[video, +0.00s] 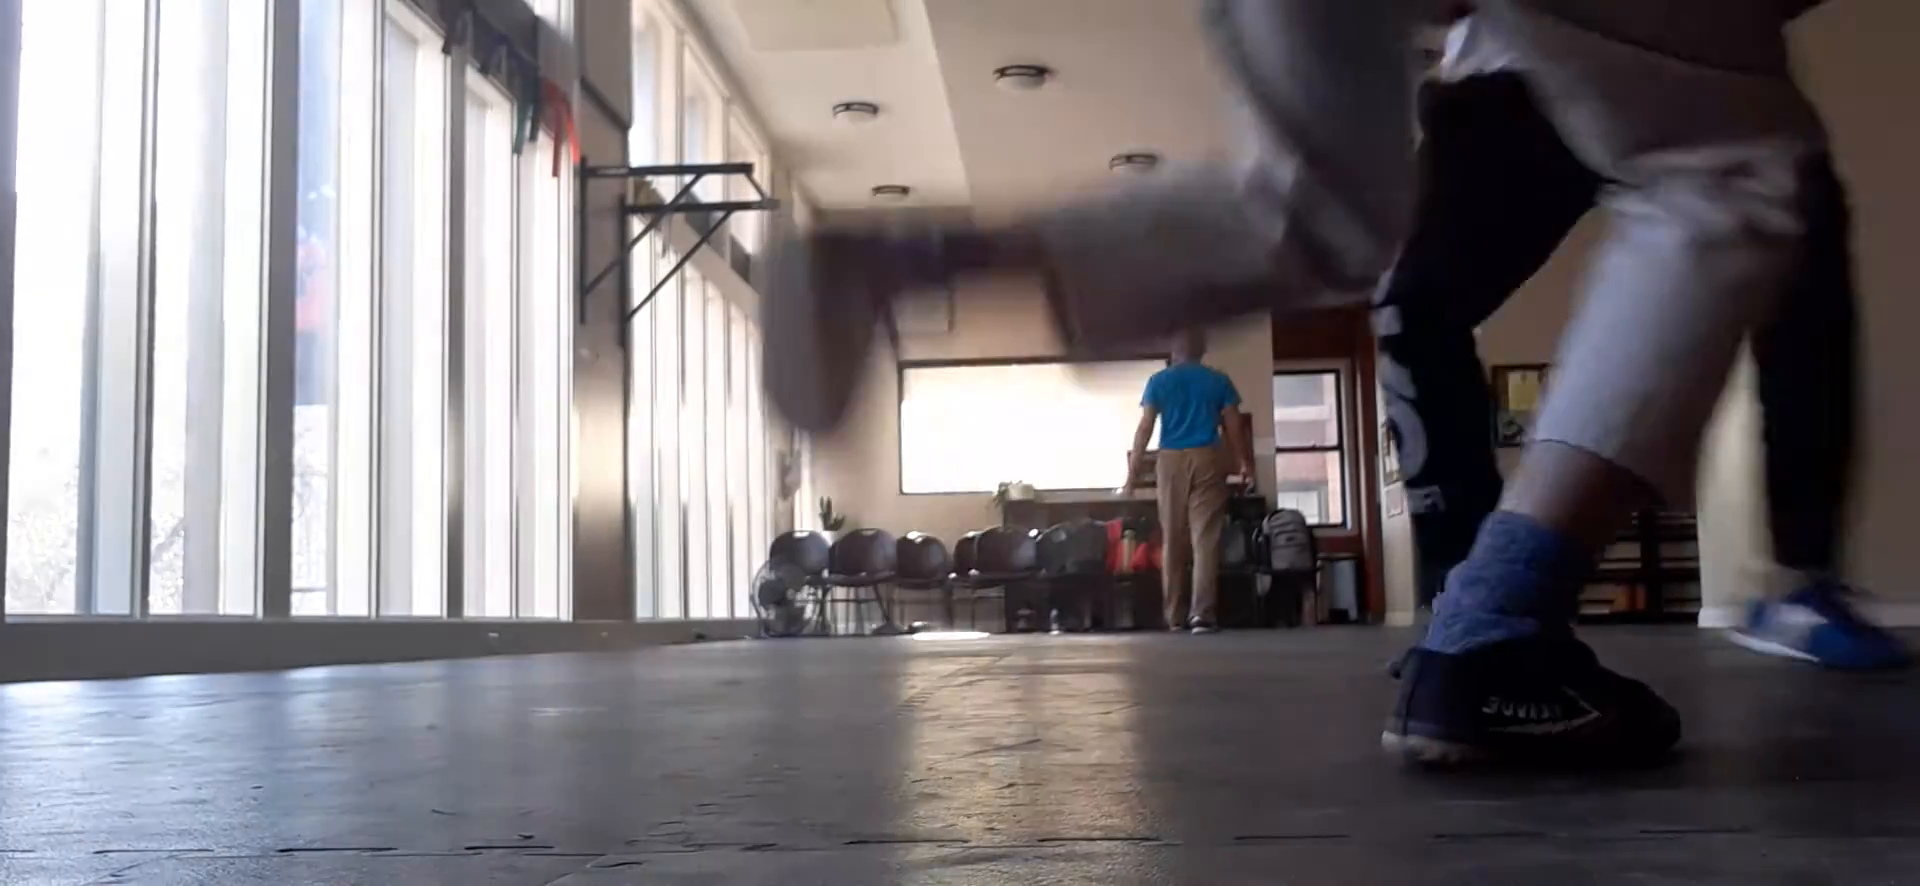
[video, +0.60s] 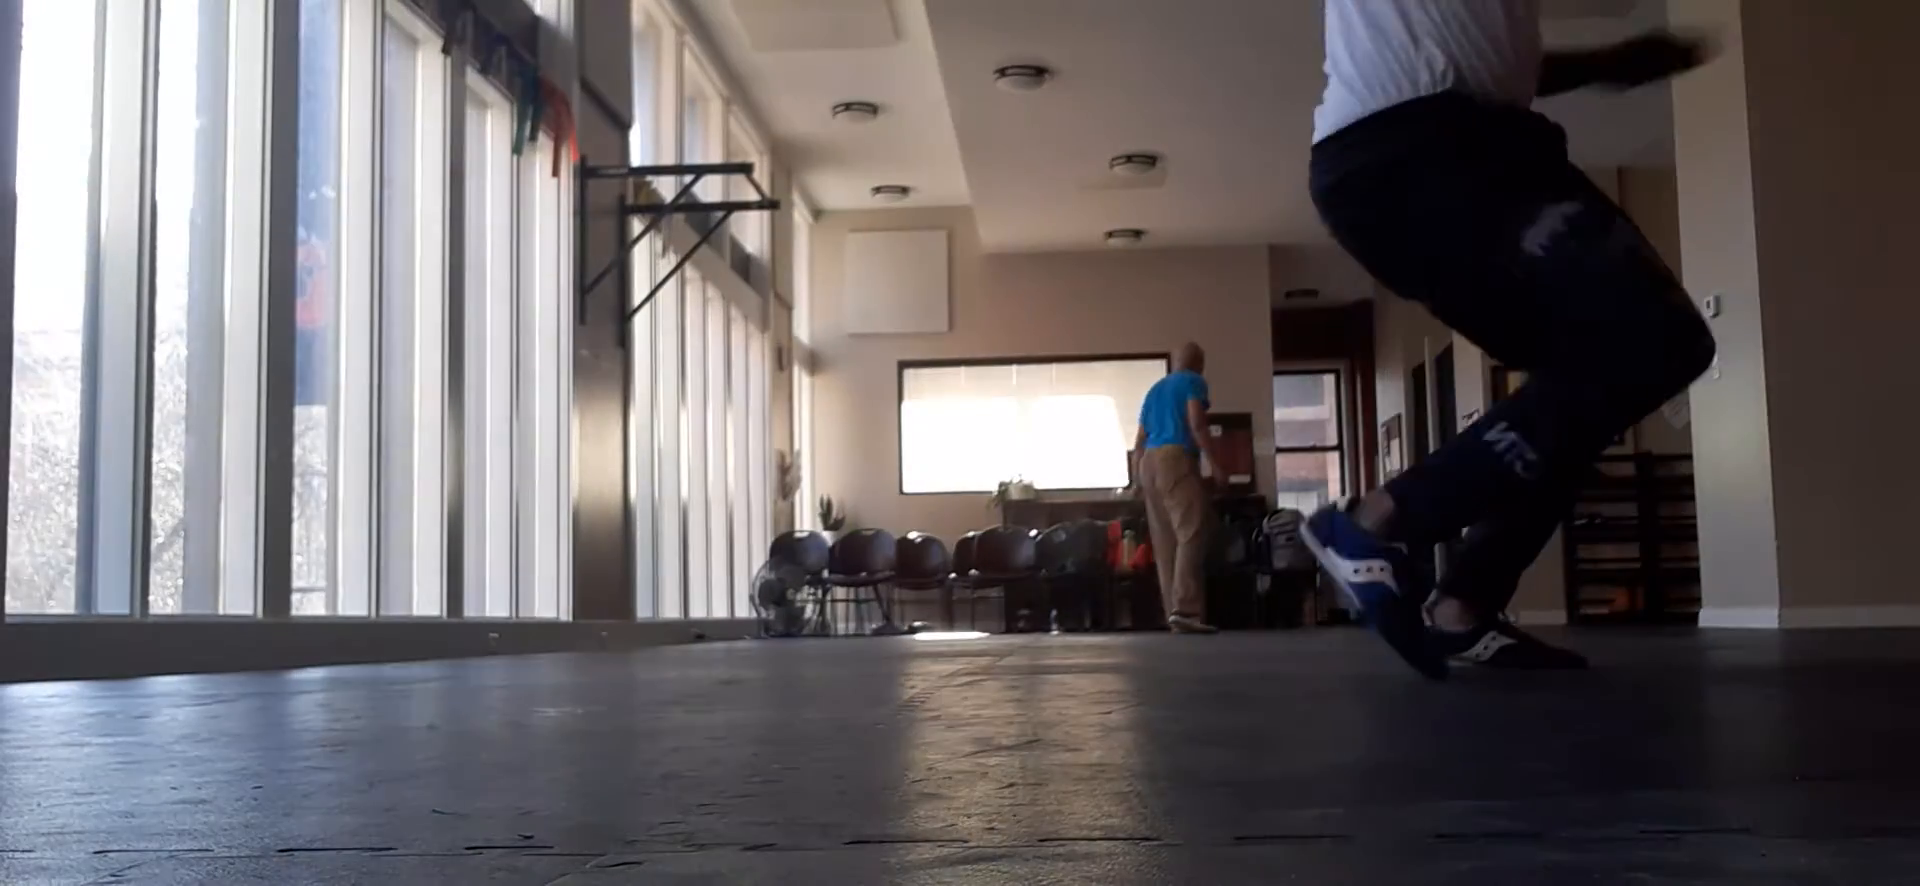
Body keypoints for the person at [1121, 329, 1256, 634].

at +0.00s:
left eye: (1175, 346)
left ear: (1173, 352)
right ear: (1202, 350)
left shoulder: (1158, 381)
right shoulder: (1219, 380)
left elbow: (1145, 428)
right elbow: (1233, 426)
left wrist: (1133, 472)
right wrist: (1244, 462)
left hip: (1170, 457)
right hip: (1208, 455)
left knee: (1172, 536)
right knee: (1205, 536)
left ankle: (1173, 615)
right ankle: (1202, 614)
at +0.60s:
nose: (1201, 370)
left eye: (1200, 364)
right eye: (1201, 365)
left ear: (1177, 361)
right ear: (1199, 364)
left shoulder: (1155, 389)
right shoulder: (1192, 381)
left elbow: (1140, 438)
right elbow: (1196, 423)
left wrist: (1137, 475)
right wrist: (1215, 464)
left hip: (1147, 457)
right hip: (1174, 455)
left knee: (1163, 536)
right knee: (1189, 531)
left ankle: (1172, 610)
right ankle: (1185, 610)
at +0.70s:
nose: (1205, 373)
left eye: (1205, 368)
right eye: (1204, 367)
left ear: (1179, 361)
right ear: (1198, 364)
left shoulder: (1159, 387)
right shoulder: (1184, 380)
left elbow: (1157, 430)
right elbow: (1182, 420)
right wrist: (1205, 460)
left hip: (1146, 455)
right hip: (1167, 455)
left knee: (1161, 534)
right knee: (1182, 529)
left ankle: (1168, 606)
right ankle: (1175, 609)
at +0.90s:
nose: (1198, 360)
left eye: (1198, 355)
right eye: (1194, 354)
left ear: (1183, 357)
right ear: (1177, 355)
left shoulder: (1174, 387)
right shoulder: (1164, 379)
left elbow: (1183, 441)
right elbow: (1155, 421)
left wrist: (1203, 470)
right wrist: (1174, 460)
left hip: (1164, 461)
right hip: (1153, 459)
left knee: (1171, 535)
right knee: (1166, 533)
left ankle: (1172, 614)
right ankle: (1149, 610)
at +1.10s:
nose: (1176, 354)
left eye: (1178, 349)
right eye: (1171, 349)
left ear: (1177, 354)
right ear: (1157, 352)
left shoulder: (1172, 393)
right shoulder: (1140, 384)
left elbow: (1186, 431)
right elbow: (1129, 425)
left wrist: (1211, 452)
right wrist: (1141, 467)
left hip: (1165, 470)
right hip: (1142, 469)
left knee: (1165, 543)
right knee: (1149, 543)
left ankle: (1169, 616)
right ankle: (1143, 618)